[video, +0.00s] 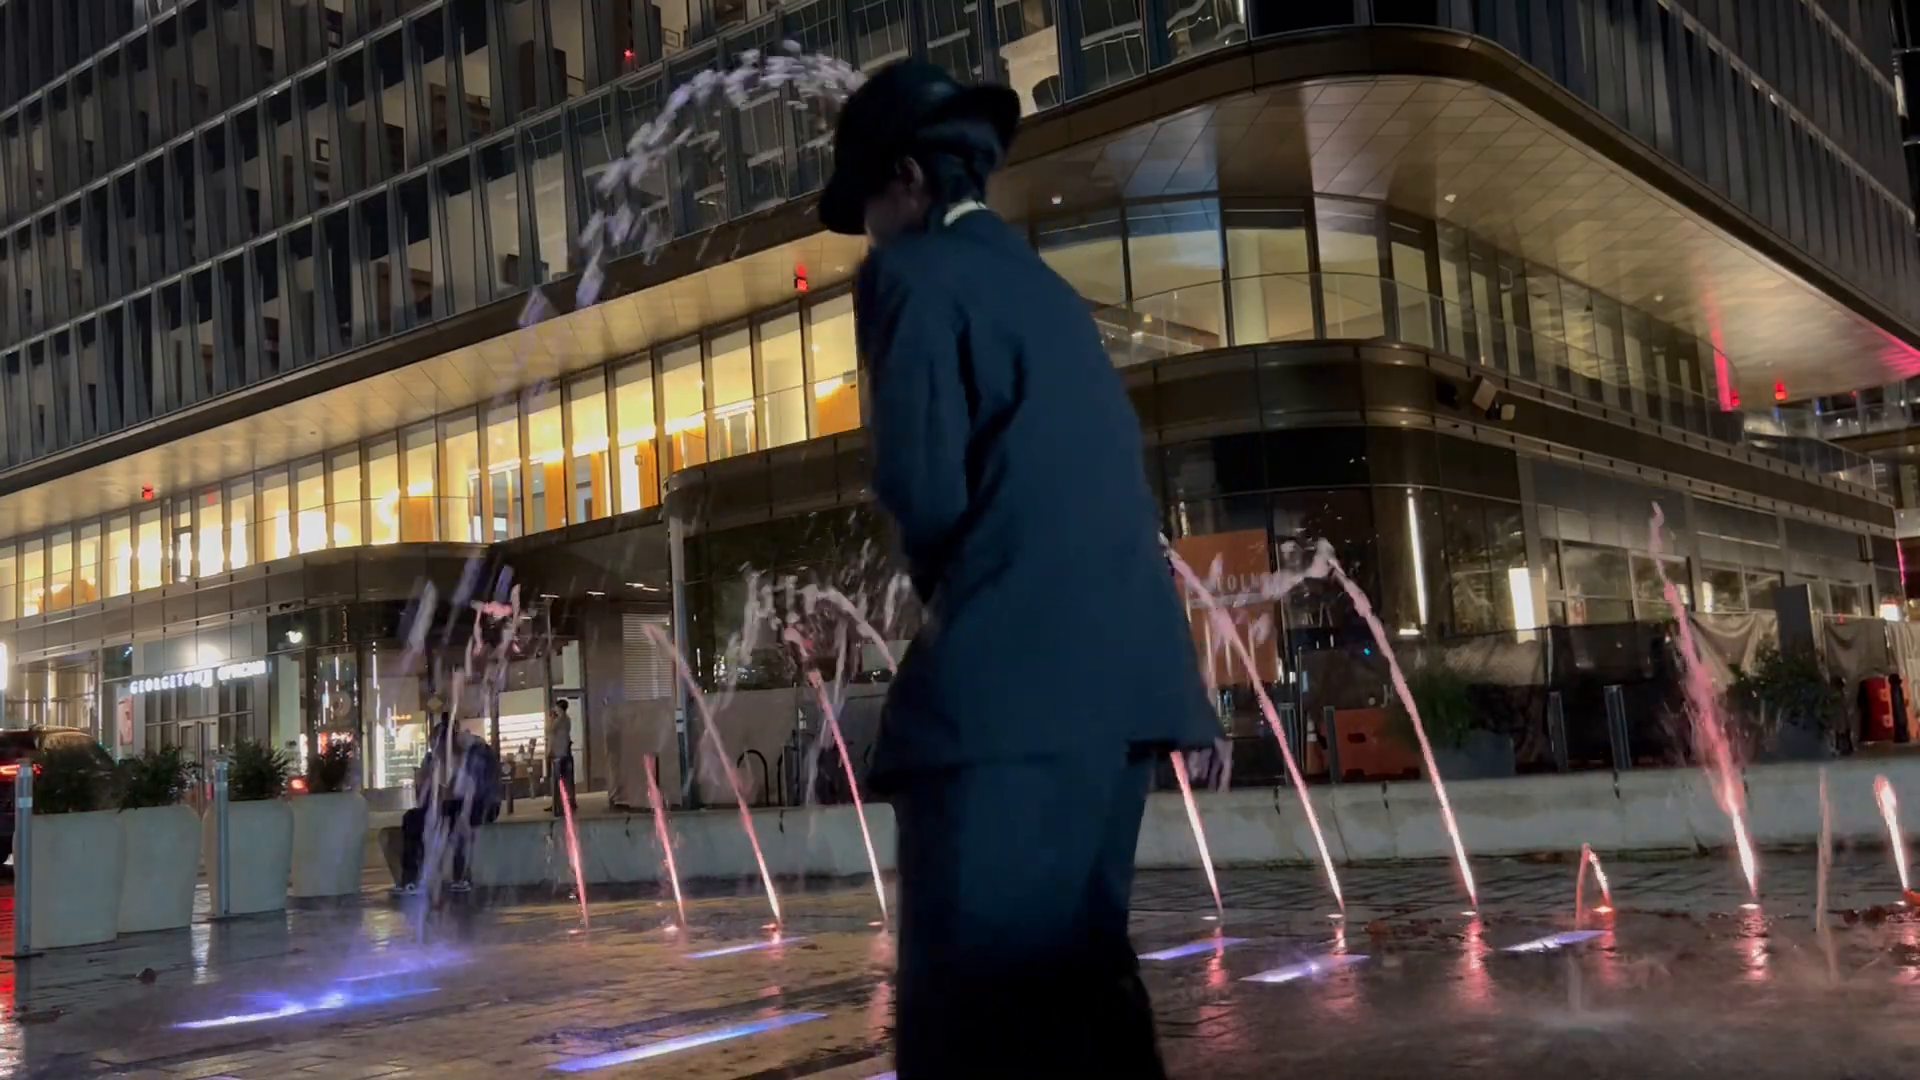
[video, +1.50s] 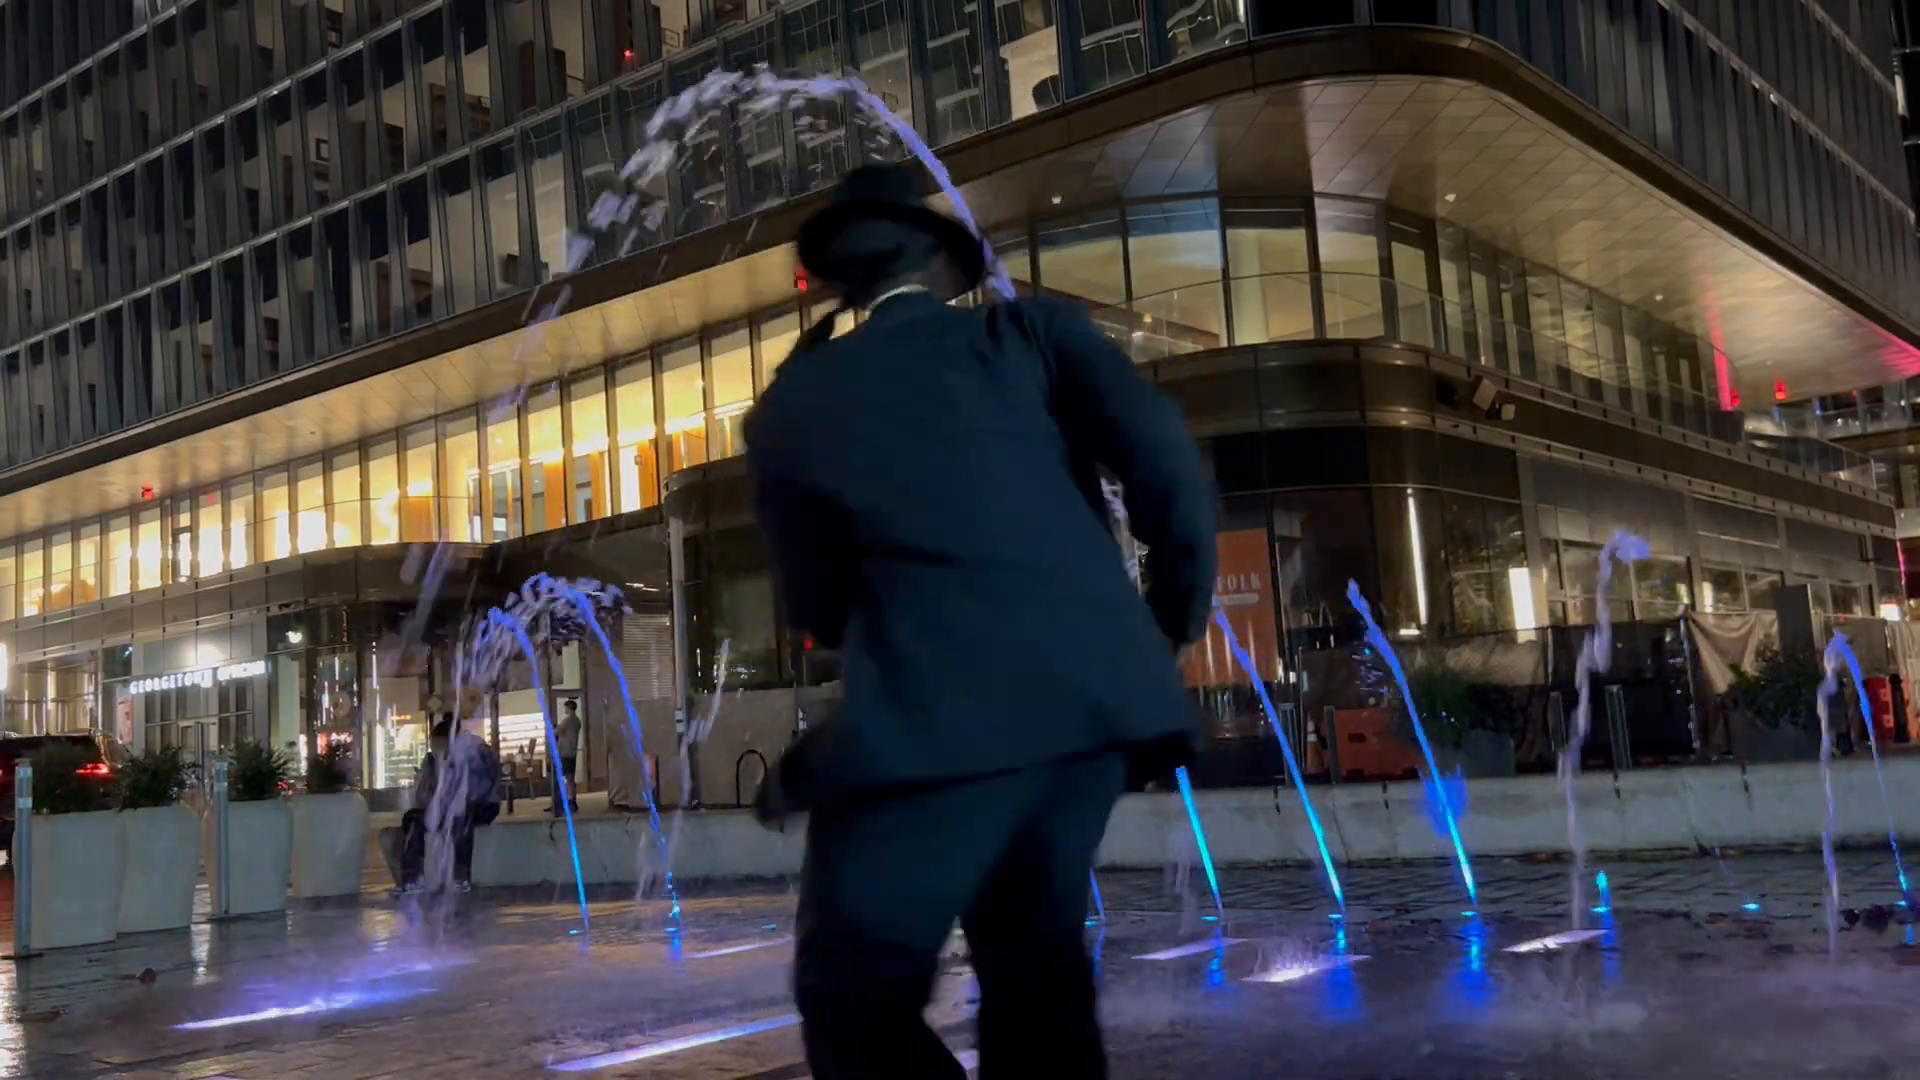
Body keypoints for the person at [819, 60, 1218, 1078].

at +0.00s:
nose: (863, 235)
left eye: (864, 208)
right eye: (857, 216)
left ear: (908, 180)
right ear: (956, 180)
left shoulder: (917, 270)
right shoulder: (1045, 284)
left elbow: (921, 487)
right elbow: (1096, 484)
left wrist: (952, 580)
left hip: (1006, 689)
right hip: (1115, 683)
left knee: (963, 993)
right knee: (1085, 968)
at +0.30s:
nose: (828, 197)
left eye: (832, 172)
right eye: (825, 176)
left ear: (876, 151)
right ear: (947, 156)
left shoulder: (853, 239)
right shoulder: (1068, 285)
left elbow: (800, 452)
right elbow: (1192, 444)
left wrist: (892, 463)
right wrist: (1073, 517)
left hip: (974, 678)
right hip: (1109, 677)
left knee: (941, 1022)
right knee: (1010, 1011)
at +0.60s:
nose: (805, 214)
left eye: (806, 189)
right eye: (801, 195)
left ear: (842, 165)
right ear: (929, 169)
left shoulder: (818, 257)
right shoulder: (1050, 291)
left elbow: (813, 477)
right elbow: (1147, 462)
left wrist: (852, 548)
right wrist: (1027, 521)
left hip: (940, 640)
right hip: (1083, 639)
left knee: (915, 976)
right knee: (987, 951)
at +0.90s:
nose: (781, 250)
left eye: (781, 226)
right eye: (775, 232)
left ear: (818, 198)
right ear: (898, 192)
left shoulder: (813, 269)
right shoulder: (994, 296)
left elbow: (800, 483)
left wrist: (809, 614)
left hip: (946, 671)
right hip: (1071, 668)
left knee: (936, 996)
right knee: (986, 975)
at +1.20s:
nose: (758, 285)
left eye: (754, 257)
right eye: (752, 263)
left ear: (781, 232)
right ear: (861, 221)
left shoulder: (828, 294)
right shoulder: (928, 304)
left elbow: (873, 500)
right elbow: (921, 520)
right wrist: (803, 655)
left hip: (993, 675)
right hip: (1063, 666)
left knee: (892, 973)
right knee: (1000, 961)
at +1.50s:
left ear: (837, 294)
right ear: (953, 265)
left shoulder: (792, 406)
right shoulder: (1039, 327)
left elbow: (816, 606)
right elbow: (1170, 463)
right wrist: (1166, 627)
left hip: (929, 731)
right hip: (1093, 704)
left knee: (854, 1009)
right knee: (1035, 974)